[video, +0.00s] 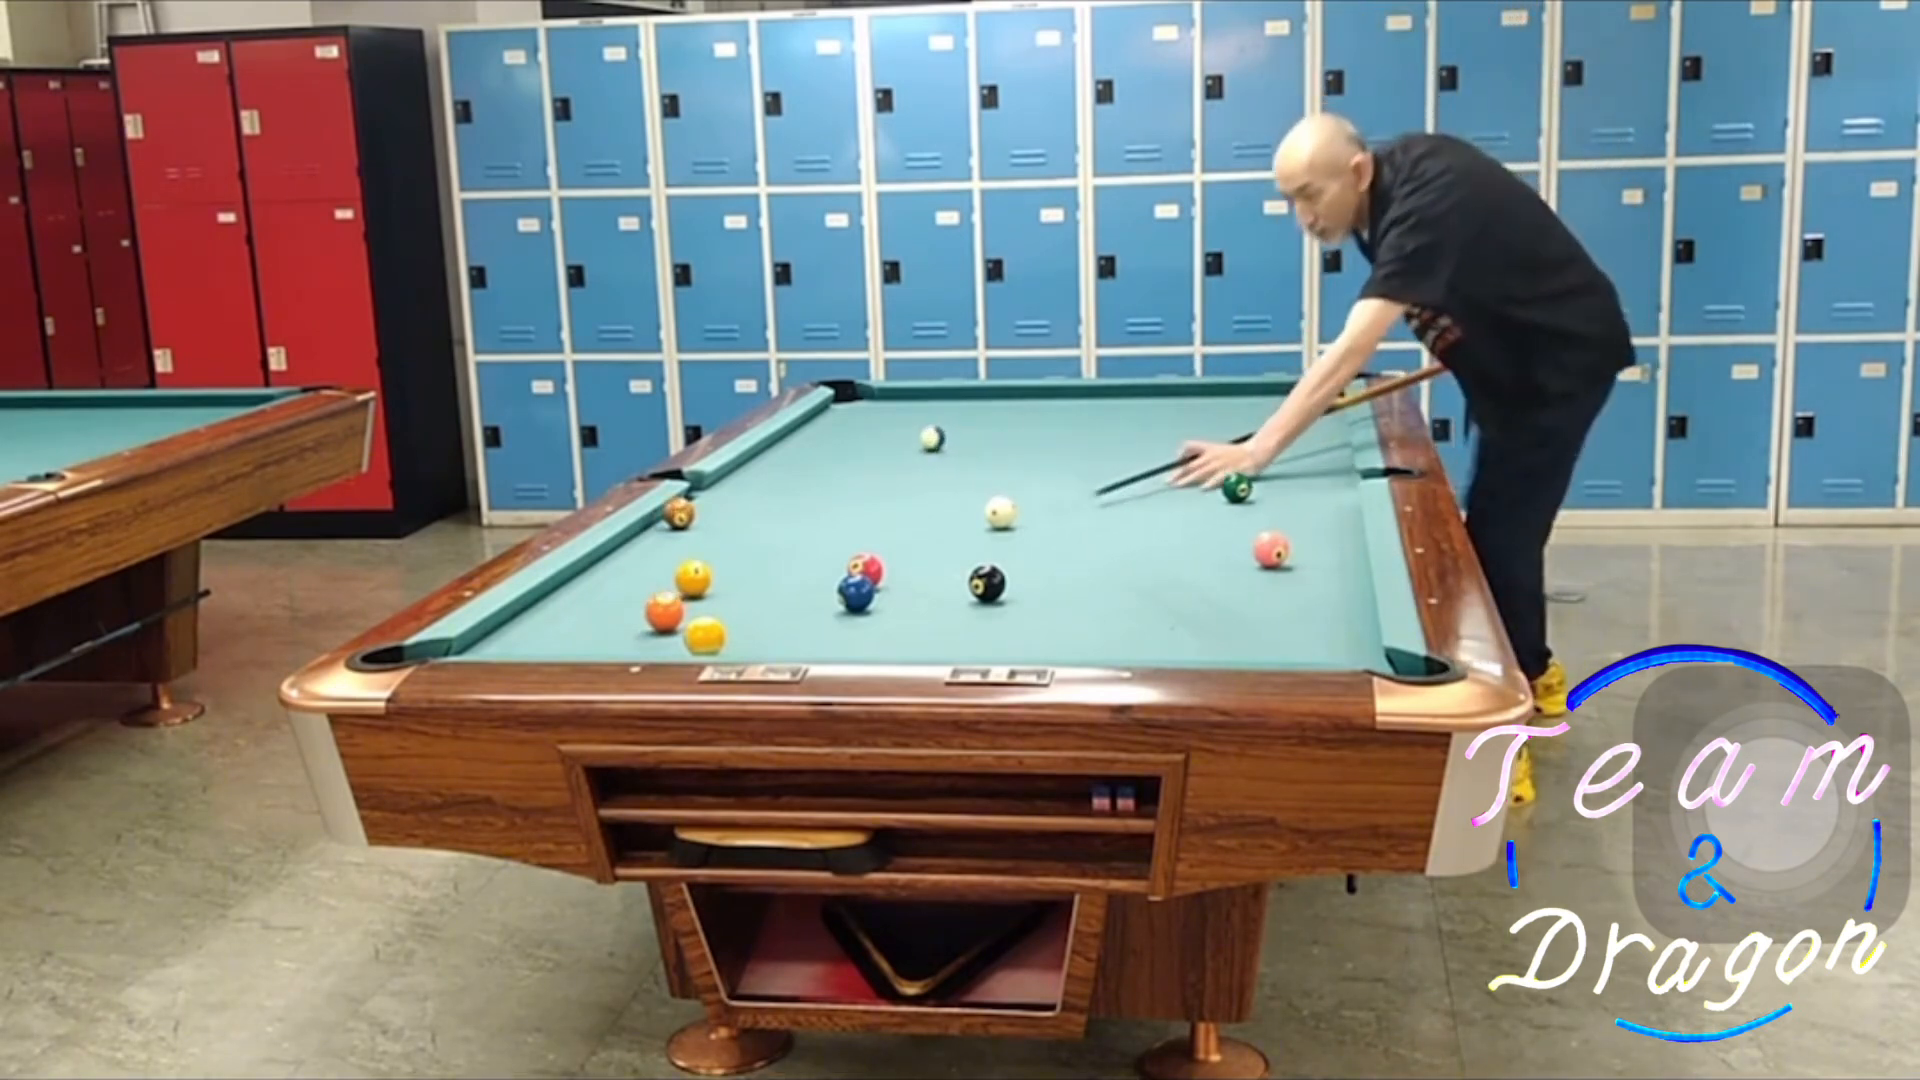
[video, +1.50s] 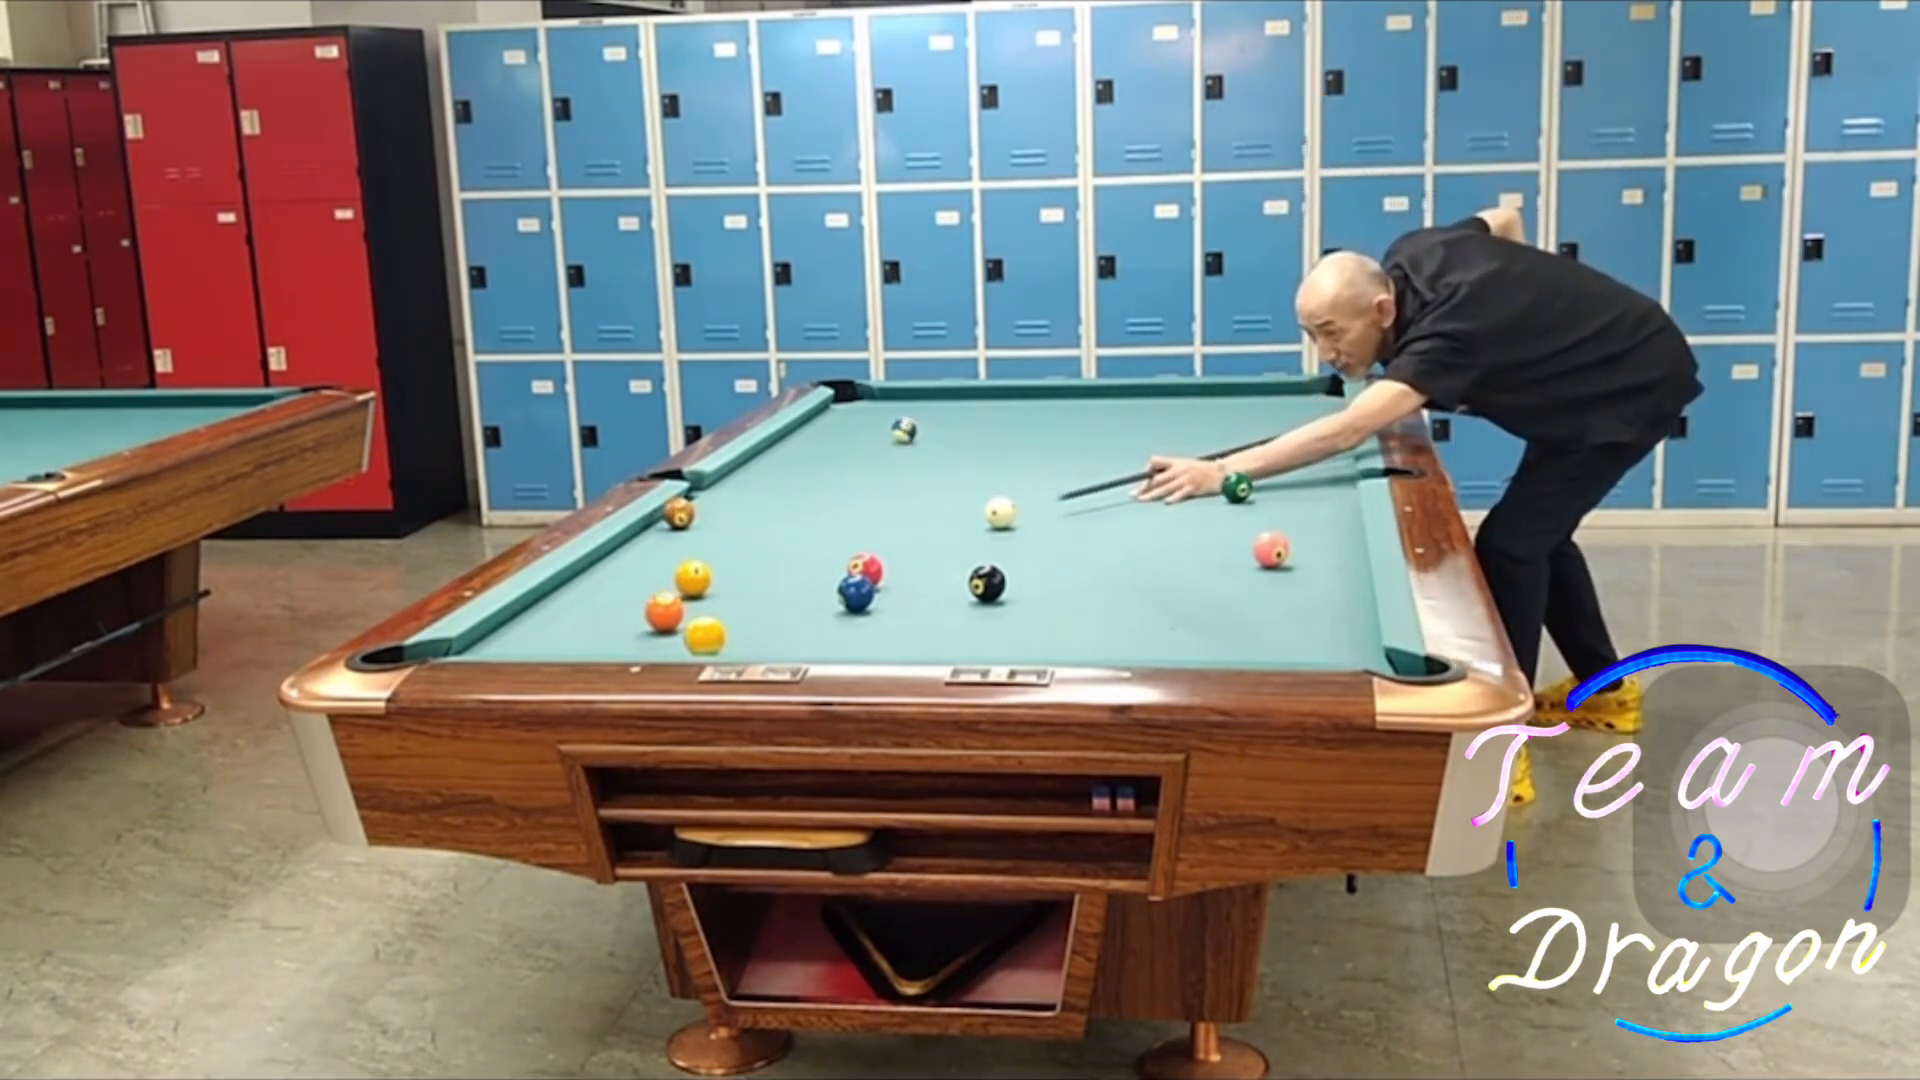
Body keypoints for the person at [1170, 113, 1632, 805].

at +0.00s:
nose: (1301, 216)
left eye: (1307, 197)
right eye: (1293, 202)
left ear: (1357, 171)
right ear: (1354, 170)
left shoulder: (1425, 206)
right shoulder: (1395, 171)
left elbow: (1351, 356)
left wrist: (1253, 452)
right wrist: (1451, 318)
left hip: (1563, 355)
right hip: (1519, 353)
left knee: (1502, 536)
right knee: (1492, 525)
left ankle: (1521, 689)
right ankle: (1527, 668)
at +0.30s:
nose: (1297, 269)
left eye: (1303, 250)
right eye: (1287, 255)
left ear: (1355, 223)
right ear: (1355, 216)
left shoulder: (1416, 254)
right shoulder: (1404, 196)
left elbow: (1327, 377)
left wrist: (1222, 464)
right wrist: (1470, 337)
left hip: (1572, 366)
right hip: (1608, 340)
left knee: (1498, 546)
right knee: (1557, 537)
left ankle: (1500, 735)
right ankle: (1612, 690)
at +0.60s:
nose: (1317, 313)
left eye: (1325, 295)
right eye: (1309, 298)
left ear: (1378, 273)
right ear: (1372, 260)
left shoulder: (1441, 307)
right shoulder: (1413, 224)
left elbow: (1339, 406)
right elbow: (1510, 210)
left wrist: (1221, 468)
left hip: (1626, 368)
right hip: (1619, 341)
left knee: (1505, 540)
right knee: (1550, 529)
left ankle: (1509, 709)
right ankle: (1607, 692)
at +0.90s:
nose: (1318, 332)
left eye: (1326, 315)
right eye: (1310, 318)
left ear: (1379, 292)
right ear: (1371, 280)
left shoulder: (1440, 324)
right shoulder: (1417, 240)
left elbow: (1343, 413)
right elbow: (1506, 209)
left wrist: (1218, 469)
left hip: (1634, 373)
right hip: (1624, 346)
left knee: (1510, 540)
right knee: (1546, 530)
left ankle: (1510, 708)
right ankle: (1606, 690)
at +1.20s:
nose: (1322, 345)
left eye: (1330, 329)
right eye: (1314, 330)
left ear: (1382, 303)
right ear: (1373, 291)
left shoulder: (1442, 333)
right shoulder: (1416, 249)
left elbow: (1345, 424)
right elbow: (1506, 217)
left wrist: (1219, 470)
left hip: (1633, 378)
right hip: (1618, 351)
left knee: (1508, 541)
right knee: (1540, 532)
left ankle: (1508, 707)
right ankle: (1606, 690)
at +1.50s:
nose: (1323, 351)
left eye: (1330, 334)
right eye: (1315, 336)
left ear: (1382, 309)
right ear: (1374, 295)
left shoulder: (1444, 338)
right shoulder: (1415, 253)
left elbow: (1344, 430)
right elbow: (1504, 219)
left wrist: (1220, 471)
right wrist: (1506, 315)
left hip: (1634, 380)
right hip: (1618, 353)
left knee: (1508, 543)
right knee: (1539, 535)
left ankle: (1510, 708)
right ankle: (1606, 691)